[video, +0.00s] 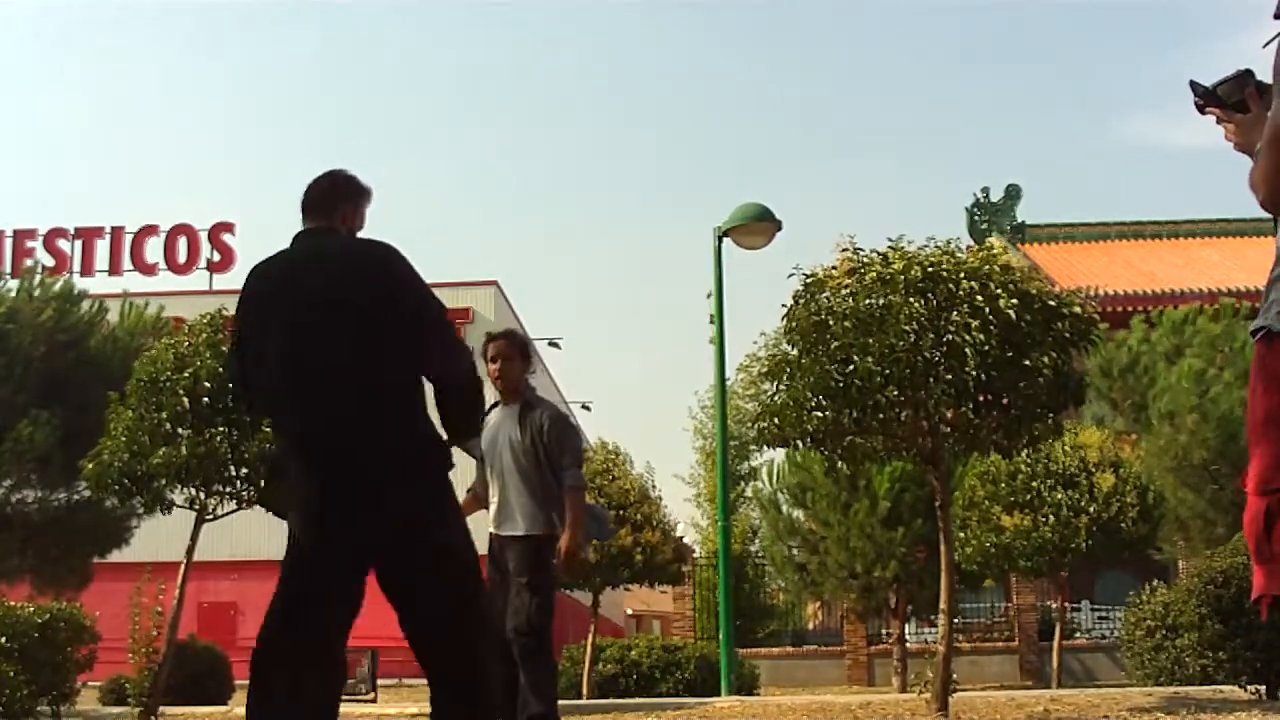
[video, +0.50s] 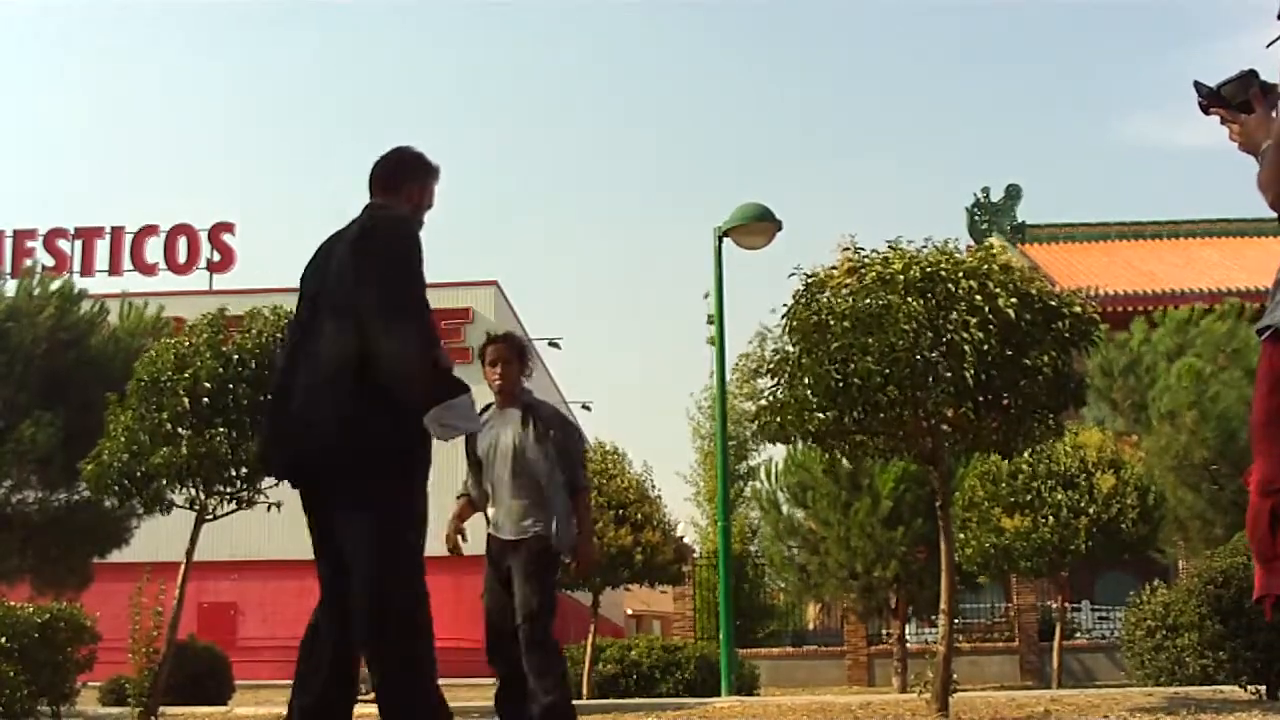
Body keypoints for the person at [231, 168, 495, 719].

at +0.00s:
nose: (362, 228)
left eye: (363, 220)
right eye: (362, 219)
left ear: (304, 213)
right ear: (349, 214)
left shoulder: (263, 279)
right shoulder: (380, 261)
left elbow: (249, 383)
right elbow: (453, 365)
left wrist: (301, 422)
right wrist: (460, 430)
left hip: (319, 486)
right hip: (405, 479)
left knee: (299, 643)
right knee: (459, 639)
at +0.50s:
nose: (426, 213)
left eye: (428, 202)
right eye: (425, 201)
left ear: (377, 187)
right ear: (407, 190)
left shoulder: (330, 250)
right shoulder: (392, 237)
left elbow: (305, 353)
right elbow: (402, 340)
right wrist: (449, 401)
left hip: (324, 448)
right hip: (380, 449)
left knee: (340, 597)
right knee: (396, 596)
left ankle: (314, 710)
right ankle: (417, 710)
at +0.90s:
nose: (414, 190)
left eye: (405, 181)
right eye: (417, 181)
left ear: (362, 177)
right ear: (415, 178)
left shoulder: (318, 238)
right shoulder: (426, 229)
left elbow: (313, 330)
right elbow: (481, 326)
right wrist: (540, 393)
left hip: (323, 437)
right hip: (413, 439)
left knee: (296, 581)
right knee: (441, 588)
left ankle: (277, 705)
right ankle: (443, 709)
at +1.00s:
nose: (389, 187)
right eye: (392, 179)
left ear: (337, 179)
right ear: (392, 178)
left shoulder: (296, 236)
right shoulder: (413, 233)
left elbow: (286, 334)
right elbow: (486, 316)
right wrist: (558, 377)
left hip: (307, 452)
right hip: (403, 451)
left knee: (290, 607)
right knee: (441, 609)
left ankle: (298, 716)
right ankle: (447, 713)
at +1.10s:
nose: (356, 186)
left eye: (325, 179)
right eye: (362, 177)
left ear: (307, 181)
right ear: (364, 178)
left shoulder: (274, 233)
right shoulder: (396, 236)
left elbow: (251, 326)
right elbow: (482, 308)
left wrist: (314, 341)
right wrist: (570, 357)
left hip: (290, 459)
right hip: (389, 453)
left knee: (286, 622)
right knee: (428, 609)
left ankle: (295, 714)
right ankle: (456, 705)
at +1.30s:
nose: (283, 186)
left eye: (269, 179)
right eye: (303, 170)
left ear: (263, 179)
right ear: (320, 173)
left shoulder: (256, 229)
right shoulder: (372, 227)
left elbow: (204, 305)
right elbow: (459, 269)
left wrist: (258, 327)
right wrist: (524, 327)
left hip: (315, 434)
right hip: (387, 429)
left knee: (276, 561)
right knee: (343, 570)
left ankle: (327, 699)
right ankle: (355, 705)